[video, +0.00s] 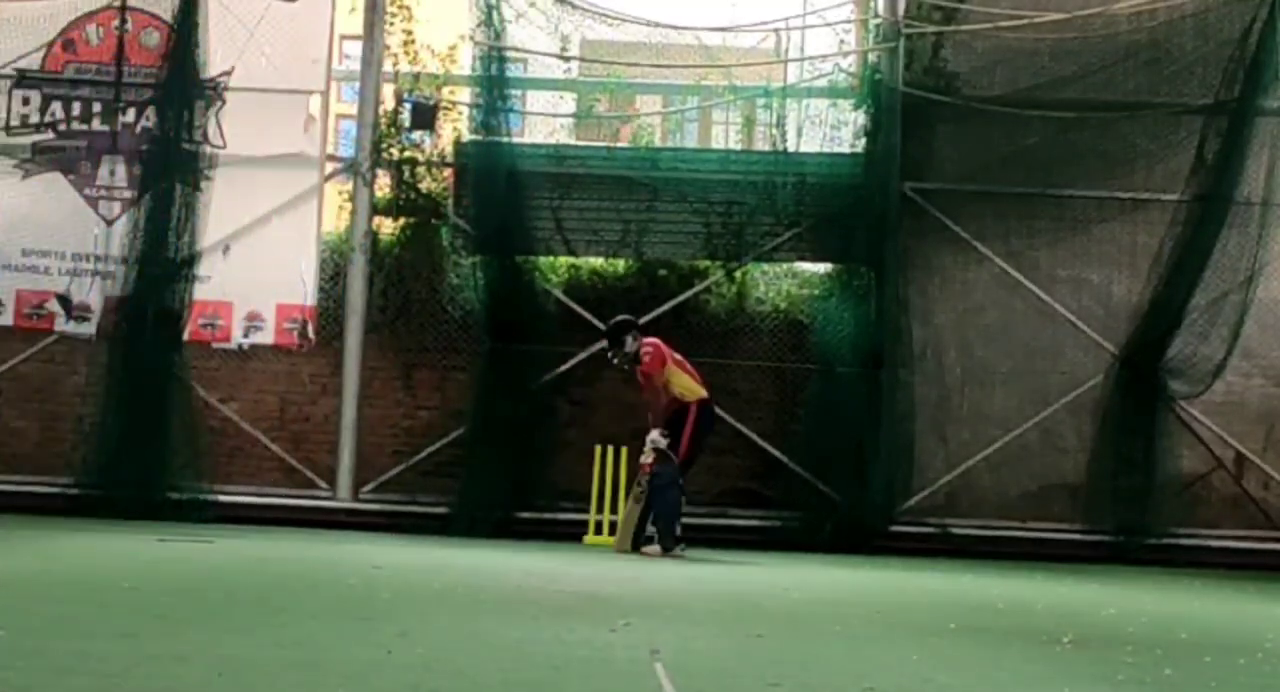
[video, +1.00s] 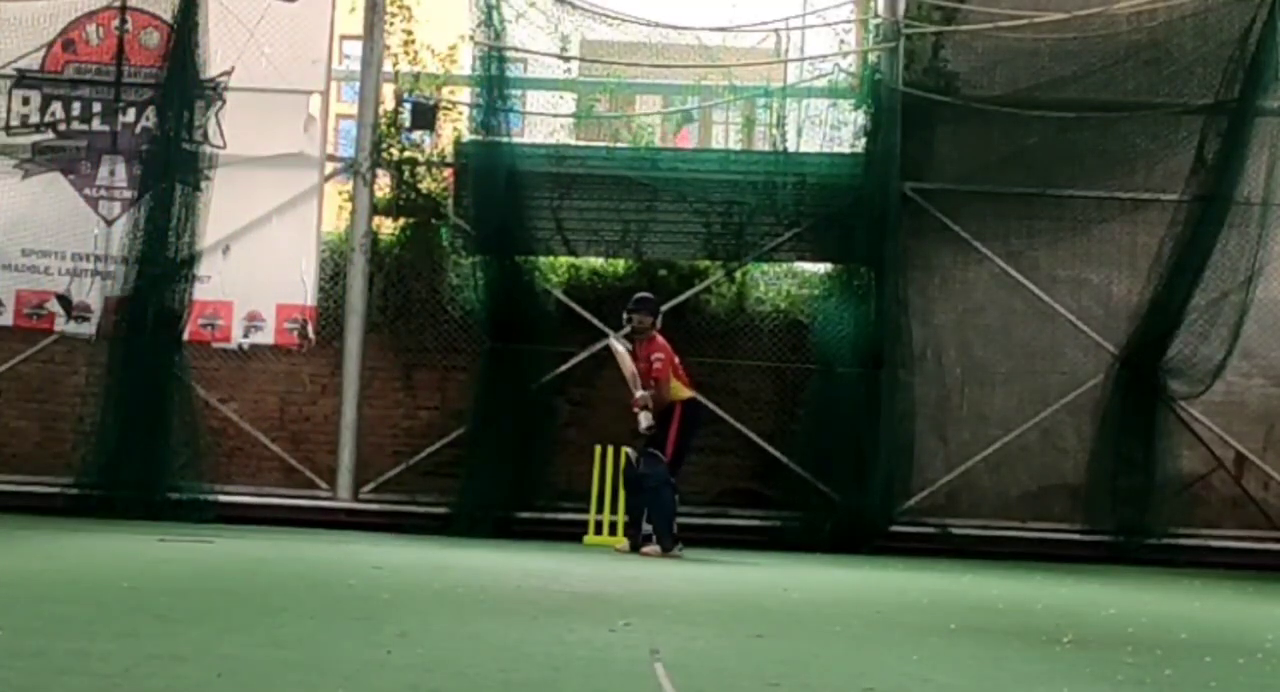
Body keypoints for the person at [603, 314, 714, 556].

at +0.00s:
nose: (618, 352)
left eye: (619, 345)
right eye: (615, 347)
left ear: (632, 338)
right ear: (630, 339)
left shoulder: (651, 348)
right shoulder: (642, 360)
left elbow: (655, 391)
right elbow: (654, 398)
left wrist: (654, 428)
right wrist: (654, 431)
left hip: (695, 404)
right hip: (677, 406)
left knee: (670, 469)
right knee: (661, 468)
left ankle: (668, 540)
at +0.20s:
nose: (624, 337)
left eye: (627, 330)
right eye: (622, 331)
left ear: (640, 327)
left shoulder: (657, 344)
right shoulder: (643, 359)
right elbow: (656, 396)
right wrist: (653, 430)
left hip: (695, 404)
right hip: (676, 405)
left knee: (671, 469)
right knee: (654, 465)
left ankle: (668, 538)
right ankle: (637, 534)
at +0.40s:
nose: (636, 321)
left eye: (641, 316)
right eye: (633, 315)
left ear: (653, 318)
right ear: (630, 318)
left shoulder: (659, 342)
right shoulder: (646, 345)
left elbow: (663, 381)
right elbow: (660, 385)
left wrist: (656, 414)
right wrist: (646, 407)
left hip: (689, 401)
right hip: (673, 401)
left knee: (670, 467)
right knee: (655, 463)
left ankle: (668, 539)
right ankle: (639, 534)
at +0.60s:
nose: (638, 318)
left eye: (645, 313)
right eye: (634, 312)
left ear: (656, 316)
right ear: (629, 315)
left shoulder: (658, 342)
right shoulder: (641, 343)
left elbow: (661, 383)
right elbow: (641, 377)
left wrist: (649, 397)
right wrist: (644, 405)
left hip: (682, 400)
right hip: (665, 401)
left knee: (665, 467)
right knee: (651, 464)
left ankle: (667, 538)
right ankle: (636, 534)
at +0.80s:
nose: (639, 320)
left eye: (645, 315)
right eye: (634, 314)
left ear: (655, 319)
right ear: (629, 317)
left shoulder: (657, 347)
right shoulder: (642, 348)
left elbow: (663, 390)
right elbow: (644, 382)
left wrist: (646, 397)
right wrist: (644, 402)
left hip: (682, 402)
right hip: (665, 403)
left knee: (663, 468)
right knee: (649, 464)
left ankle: (665, 538)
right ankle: (641, 534)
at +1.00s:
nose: (638, 320)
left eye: (645, 316)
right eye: (634, 314)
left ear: (654, 319)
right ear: (628, 317)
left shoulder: (657, 347)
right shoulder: (637, 346)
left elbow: (664, 391)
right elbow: (636, 379)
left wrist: (645, 398)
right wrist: (641, 408)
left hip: (683, 403)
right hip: (663, 403)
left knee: (663, 468)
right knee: (648, 465)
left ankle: (666, 538)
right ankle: (640, 534)